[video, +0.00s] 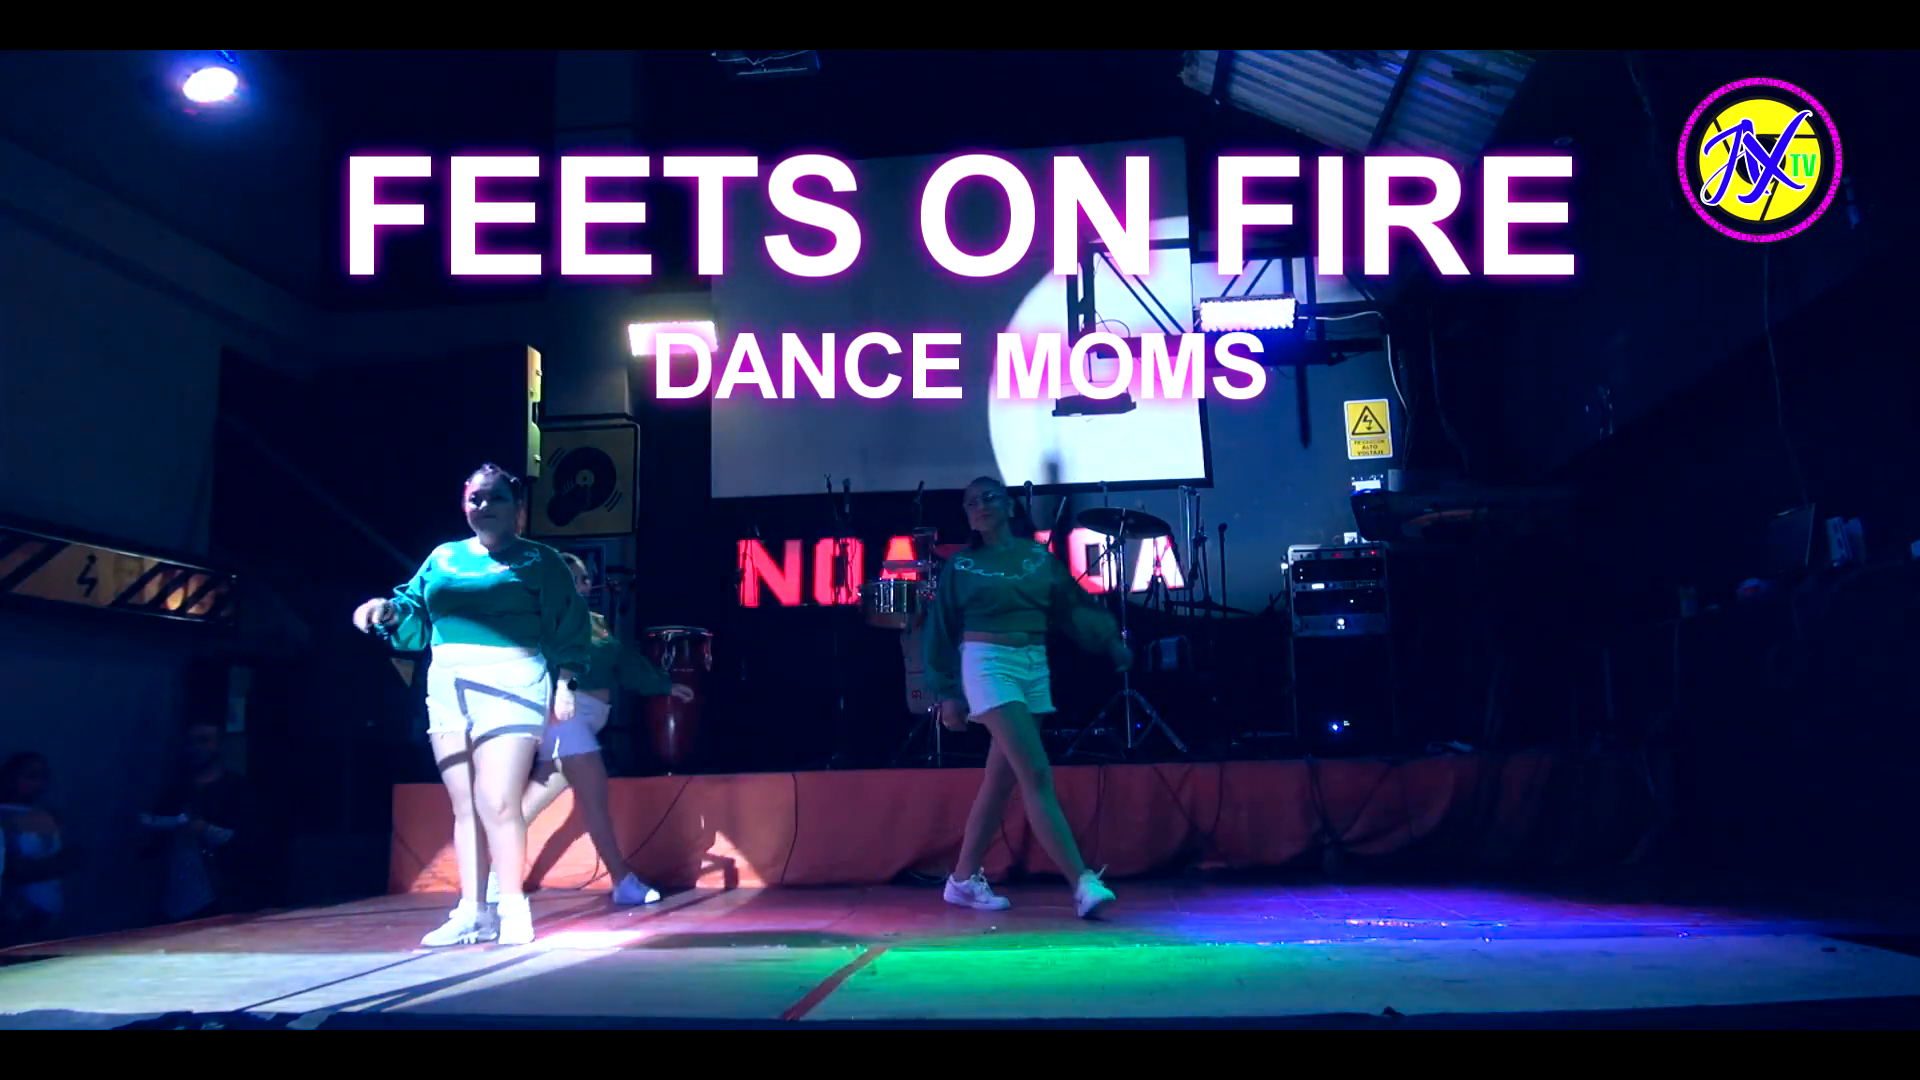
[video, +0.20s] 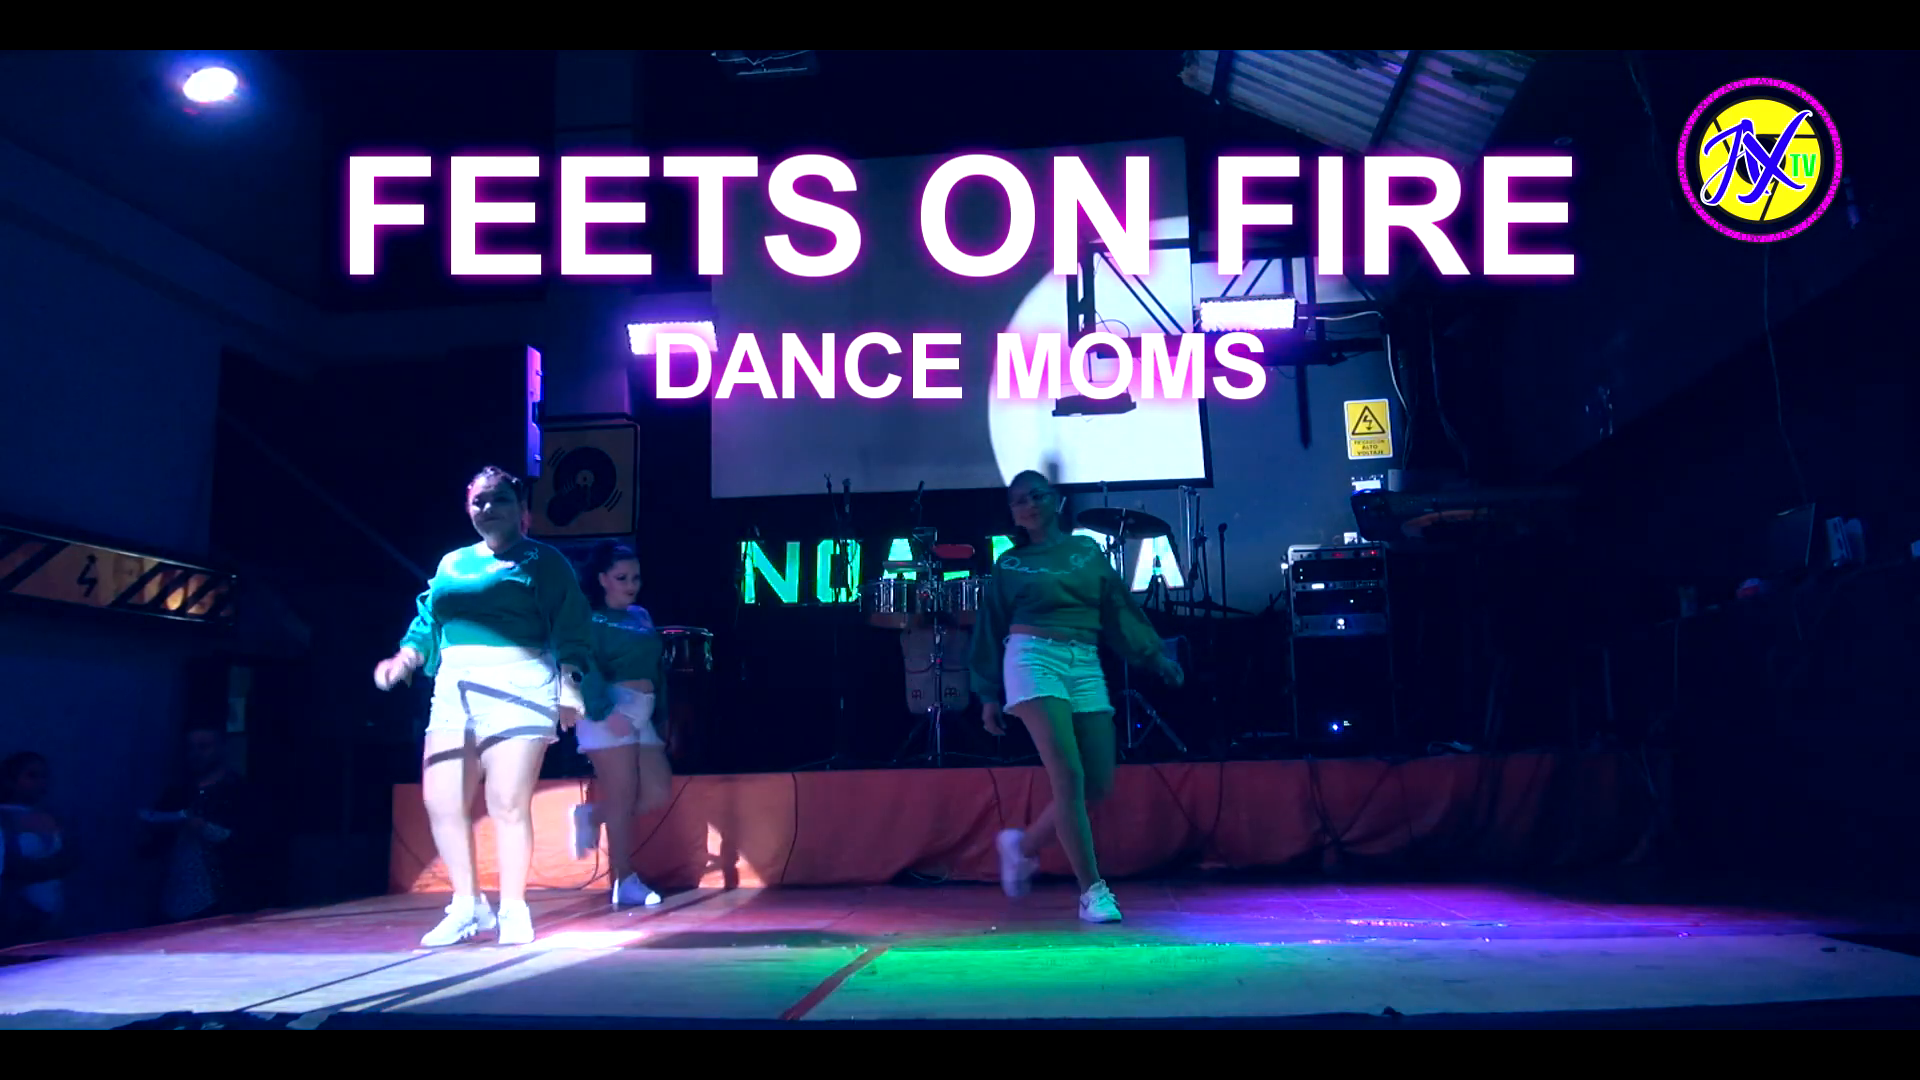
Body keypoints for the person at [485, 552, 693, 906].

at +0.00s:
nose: (584, 587)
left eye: (586, 581)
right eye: (577, 581)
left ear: (589, 585)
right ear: (559, 585)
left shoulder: (591, 622)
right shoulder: (554, 621)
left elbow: (625, 660)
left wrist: (665, 685)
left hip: (589, 716)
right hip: (564, 712)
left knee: (528, 805)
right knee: (595, 793)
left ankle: (492, 879)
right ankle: (622, 880)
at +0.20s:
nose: (632, 585)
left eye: (636, 578)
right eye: (623, 578)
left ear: (639, 579)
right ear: (602, 580)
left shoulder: (642, 618)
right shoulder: (592, 621)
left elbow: (654, 670)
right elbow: (585, 669)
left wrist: (658, 715)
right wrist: (606, 711)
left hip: (643, 713)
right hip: (608, 712)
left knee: (658, 793)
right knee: (619, 798)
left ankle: (590, 815)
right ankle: (623, 880)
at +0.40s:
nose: (679, 571)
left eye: (684, 566)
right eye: (672, 562)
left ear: (687, 570)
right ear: (651, 561)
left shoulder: (680, 610)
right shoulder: (630, 606)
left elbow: (683, 655)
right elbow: (627, 655)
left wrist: (692, 671)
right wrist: (663, 672)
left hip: (681, 701)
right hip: (640, 701)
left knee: (707, 773)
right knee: (639, 792)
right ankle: (634, 877)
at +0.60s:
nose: (724, 574)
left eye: (729, 570)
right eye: (718, 566)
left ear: (730, 579)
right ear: (698, 567)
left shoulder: (720, 617)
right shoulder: (673, 607)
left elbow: (728, 668)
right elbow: (661, 659)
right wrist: (691, 694)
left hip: (728, 704)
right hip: (685, 705)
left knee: (732, 800)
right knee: (677, 802)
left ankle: (736, 883)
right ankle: (647, 869)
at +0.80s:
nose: (749, 573)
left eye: (756, 567)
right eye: (742, 566)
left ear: (763, 572)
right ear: (727, 567)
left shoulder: (766, 616)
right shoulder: (706, 609)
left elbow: (787, 668)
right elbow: (686, 659)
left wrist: (819, 704)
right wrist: (675, 708)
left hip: (765, 704)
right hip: (724, 705)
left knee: (760, 792)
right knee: (771, 776)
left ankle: (740, 881)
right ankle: (716, 827)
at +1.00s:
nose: (765, 556)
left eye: (771, 548)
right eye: (756, 550)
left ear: (782, 551)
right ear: (747, 556)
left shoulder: (805, 597)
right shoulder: (738, 603)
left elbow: (835, 641)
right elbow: (706, 653)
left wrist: (869, 661)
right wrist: (676, 692)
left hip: (795, 699)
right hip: (755, 697)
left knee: (764, 788)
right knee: (784, 781)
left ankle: (741, 873)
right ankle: (813, 875)